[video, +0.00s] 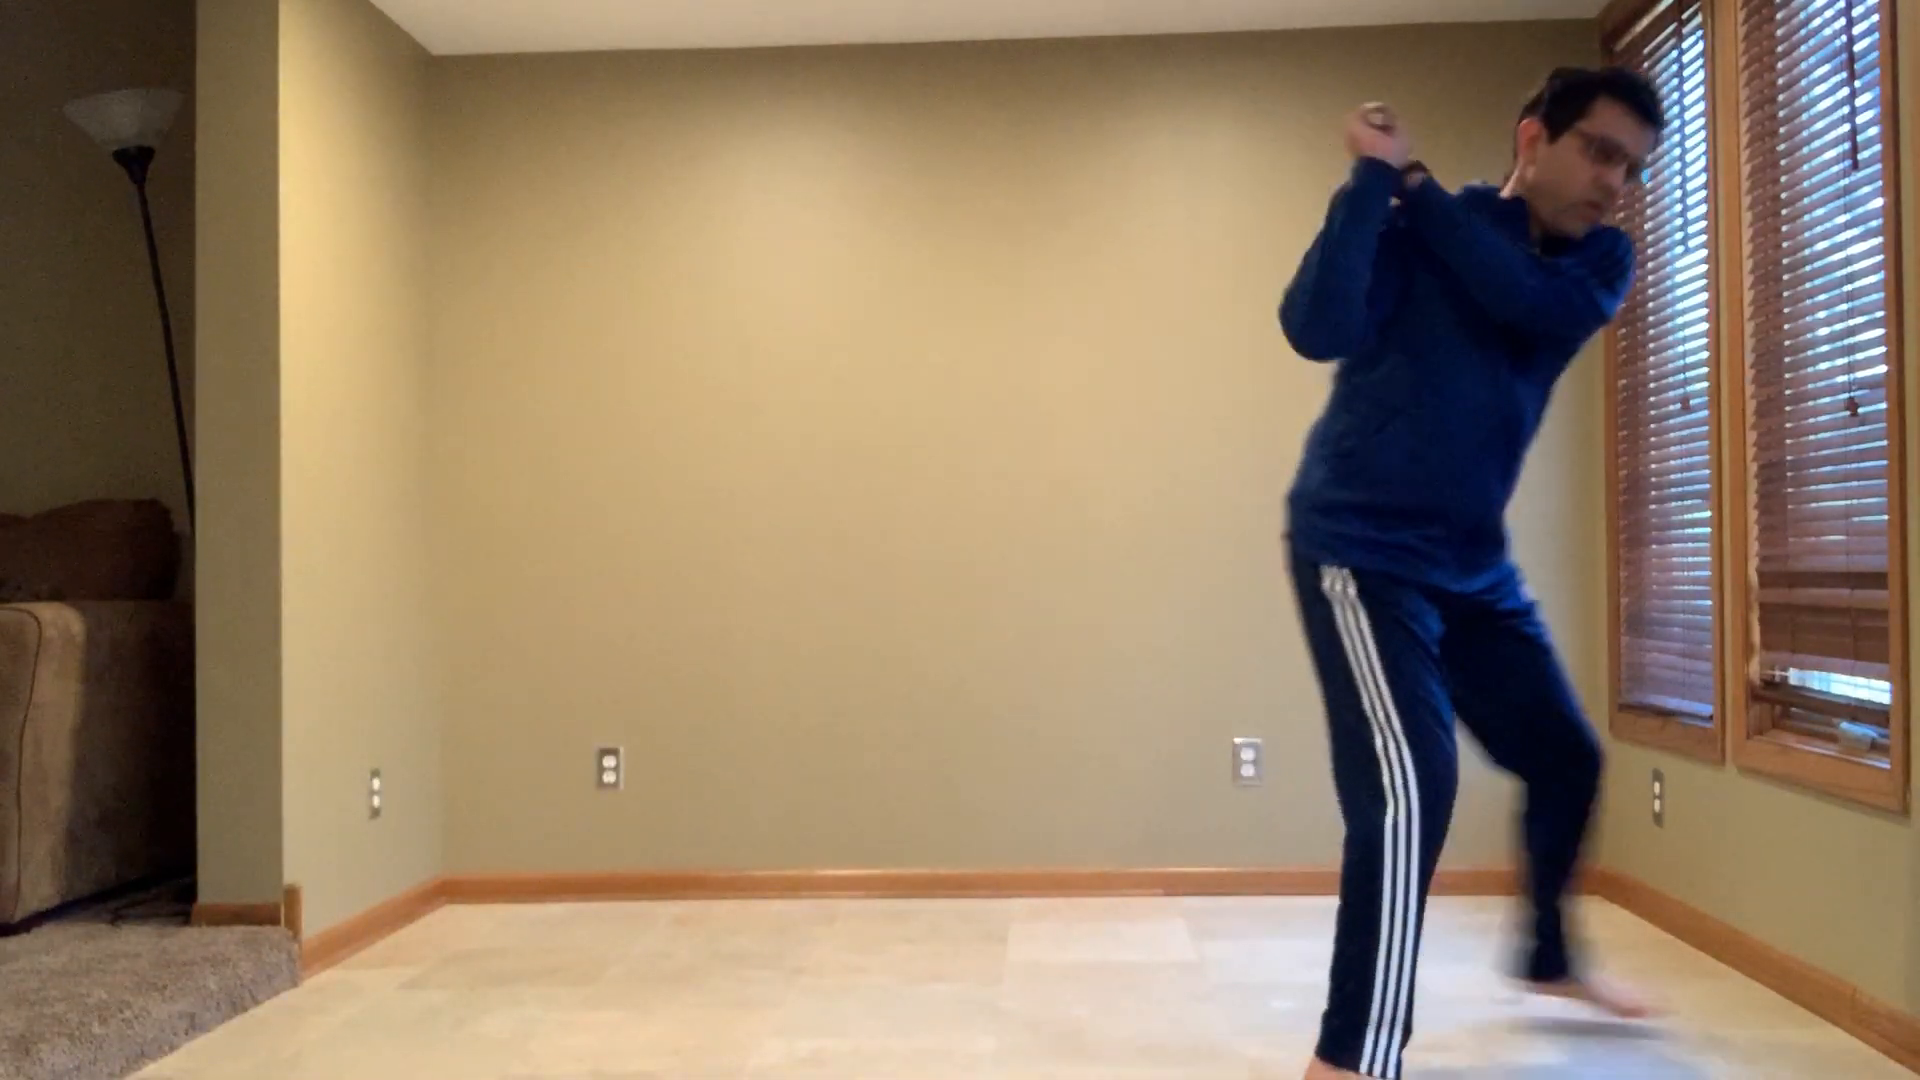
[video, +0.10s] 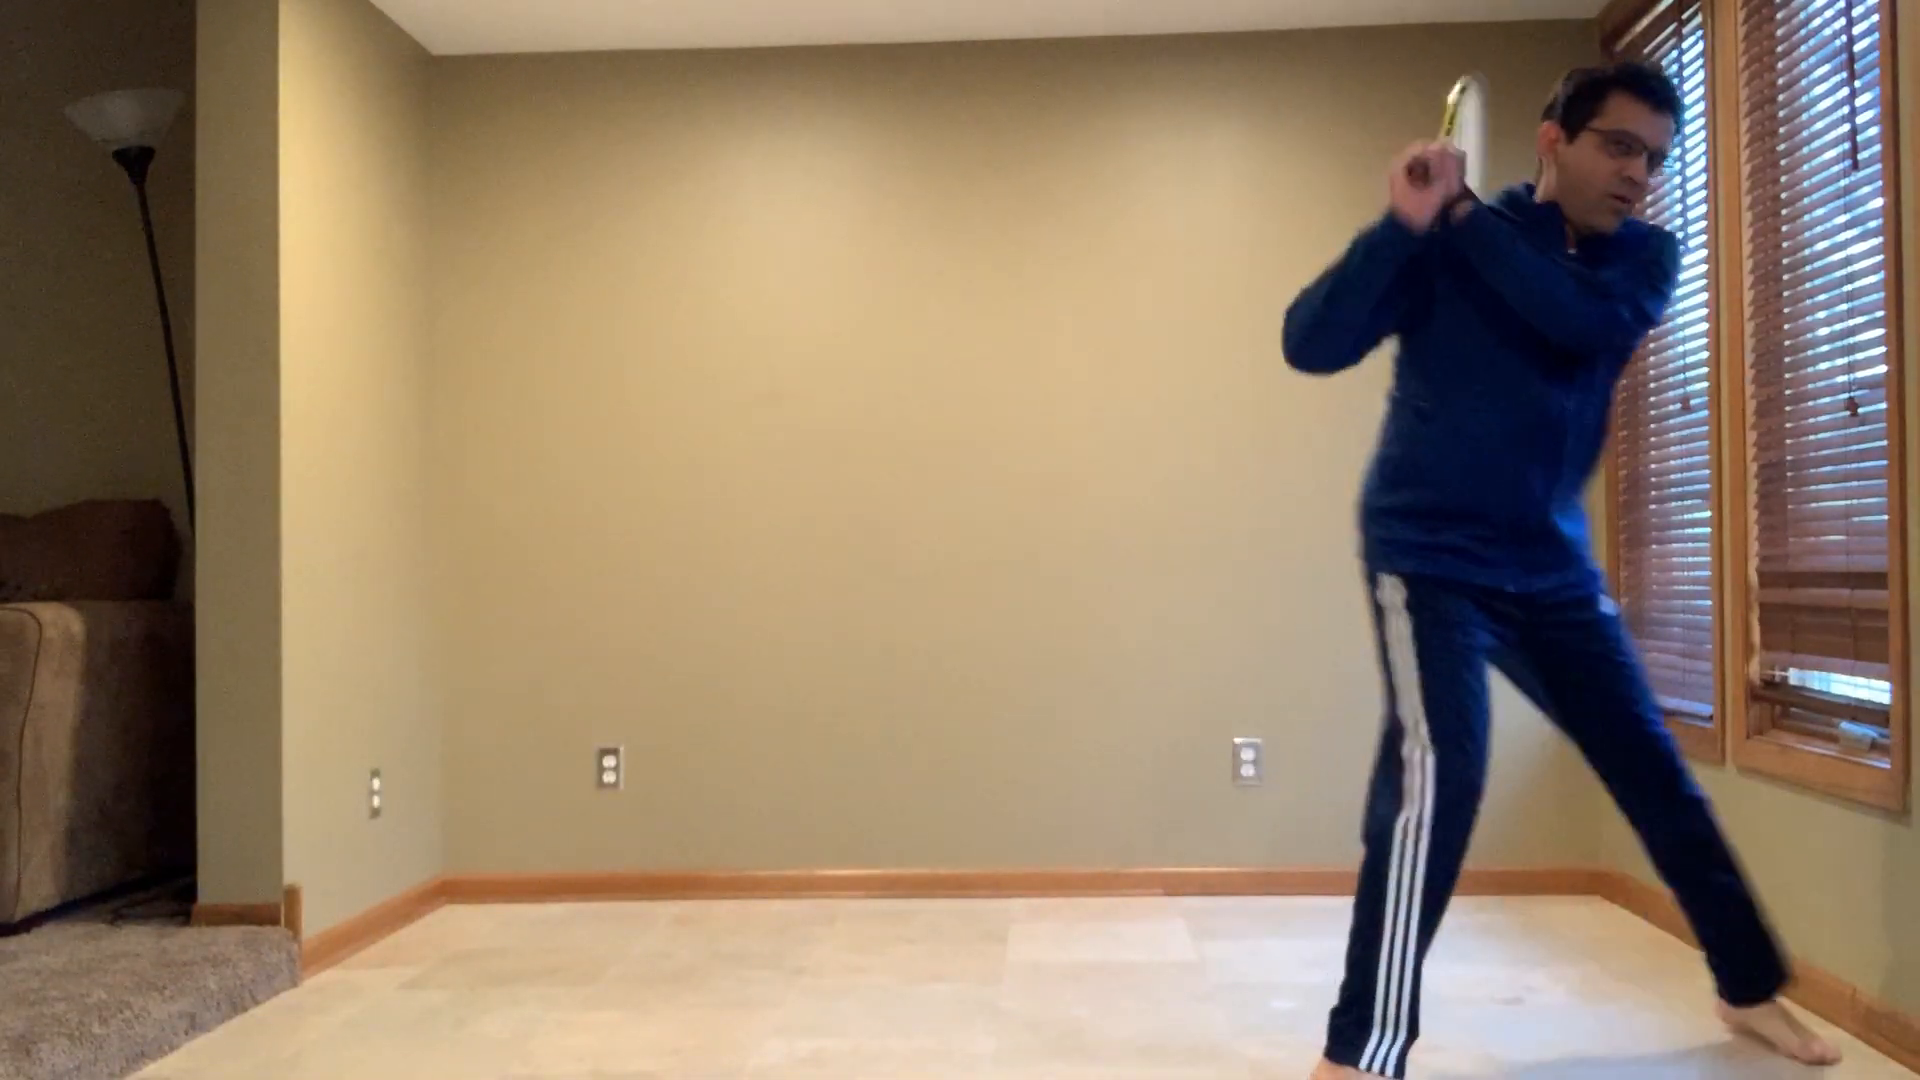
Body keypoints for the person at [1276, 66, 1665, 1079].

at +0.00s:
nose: (1616, 186)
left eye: (1634, 169)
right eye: (1601, 154)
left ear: (1636, 182)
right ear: (1532, 139)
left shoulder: (1602, 255)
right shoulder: (1418, 217)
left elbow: (1532, 313)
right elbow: (1315, 329)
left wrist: (1423, 193)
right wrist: (1369, 182)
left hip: (1470, 555)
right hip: (1357, 541)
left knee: (1566, 758)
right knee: (1408, 783)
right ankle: (1349, 1057)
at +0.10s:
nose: (1637, 175)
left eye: (1654, 159)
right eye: (1620, 148)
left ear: (1660, 170)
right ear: (1553, 139)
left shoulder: (1643, 252)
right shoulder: (1458, 229)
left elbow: (1588, 329)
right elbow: (1309, 345)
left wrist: (1459, 220)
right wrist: (1397, 227)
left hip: (1543, 550)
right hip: (1423, 542)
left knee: (1649, 763)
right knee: (1439, 776)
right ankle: (1360, 1053)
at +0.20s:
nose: (1651, 184)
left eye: (1667, 166)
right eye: (1631, 160)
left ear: (1677, 177)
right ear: (1565, 165)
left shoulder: (1680, 279)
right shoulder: (1493, 271)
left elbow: (1633, 379)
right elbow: (1336, 404)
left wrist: (1498, 301)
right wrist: (1416, 340)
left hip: (1605, 575)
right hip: (1475, 566)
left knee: (1714, 778)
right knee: (1486, 778)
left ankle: (1760, 998)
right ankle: (1389, 1050)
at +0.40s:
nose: (1581, 167)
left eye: (1599, 150)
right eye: (1558, 148)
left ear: (1616, 168)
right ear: (1504, 167)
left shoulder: (1645, 287)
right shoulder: (1433, 297)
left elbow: (1658, 443)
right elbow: (1361, 423)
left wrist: (1518, 460)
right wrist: (1403, 479)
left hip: (1602, 582)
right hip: (1469, 584)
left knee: (1706, 777)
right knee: (1469, 785)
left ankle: (1759, 999)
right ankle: (1417, 986)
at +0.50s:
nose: (1497, 154)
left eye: (1515, 135)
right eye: (1471, 136)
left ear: (1537, 155)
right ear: (1425, 160)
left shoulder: (1585, 280)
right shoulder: (1365, 294)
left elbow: (1605, 437)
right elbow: (1301, 427)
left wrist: (1480, 477)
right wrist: (1355, 498)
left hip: (1557, 582)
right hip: (1420, 593)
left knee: (1664, 773)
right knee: (1417, 794)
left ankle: (1757, 993)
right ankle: (1446, 975)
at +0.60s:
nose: (1405, 147)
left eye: (1425, 129)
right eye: (1381, 132)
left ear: (1451, 148)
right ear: (1343, 157)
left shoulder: (1503, 265)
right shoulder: (1290, 290)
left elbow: (1539, 418)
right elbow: (1233, 444)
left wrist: (1441, 473)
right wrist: (1320, 511)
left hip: (1485, 568)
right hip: (1355, 589)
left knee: (1605, 764)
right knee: (1387, 799)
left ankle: (1710, 976)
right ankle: (1457, 982)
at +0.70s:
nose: (1330, 136)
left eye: (1349, 117)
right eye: (1307, 120)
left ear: (1378, 135)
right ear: (1271, 143)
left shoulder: (1422, 253)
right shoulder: (1219, 273)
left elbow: (1467, 409)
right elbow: (1175, 432)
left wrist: (1392, 457)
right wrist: (1287, 496)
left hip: (1415, 552)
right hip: (1295, 574)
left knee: (1485, 743)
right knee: (1363, 789)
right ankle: (1454, 976)